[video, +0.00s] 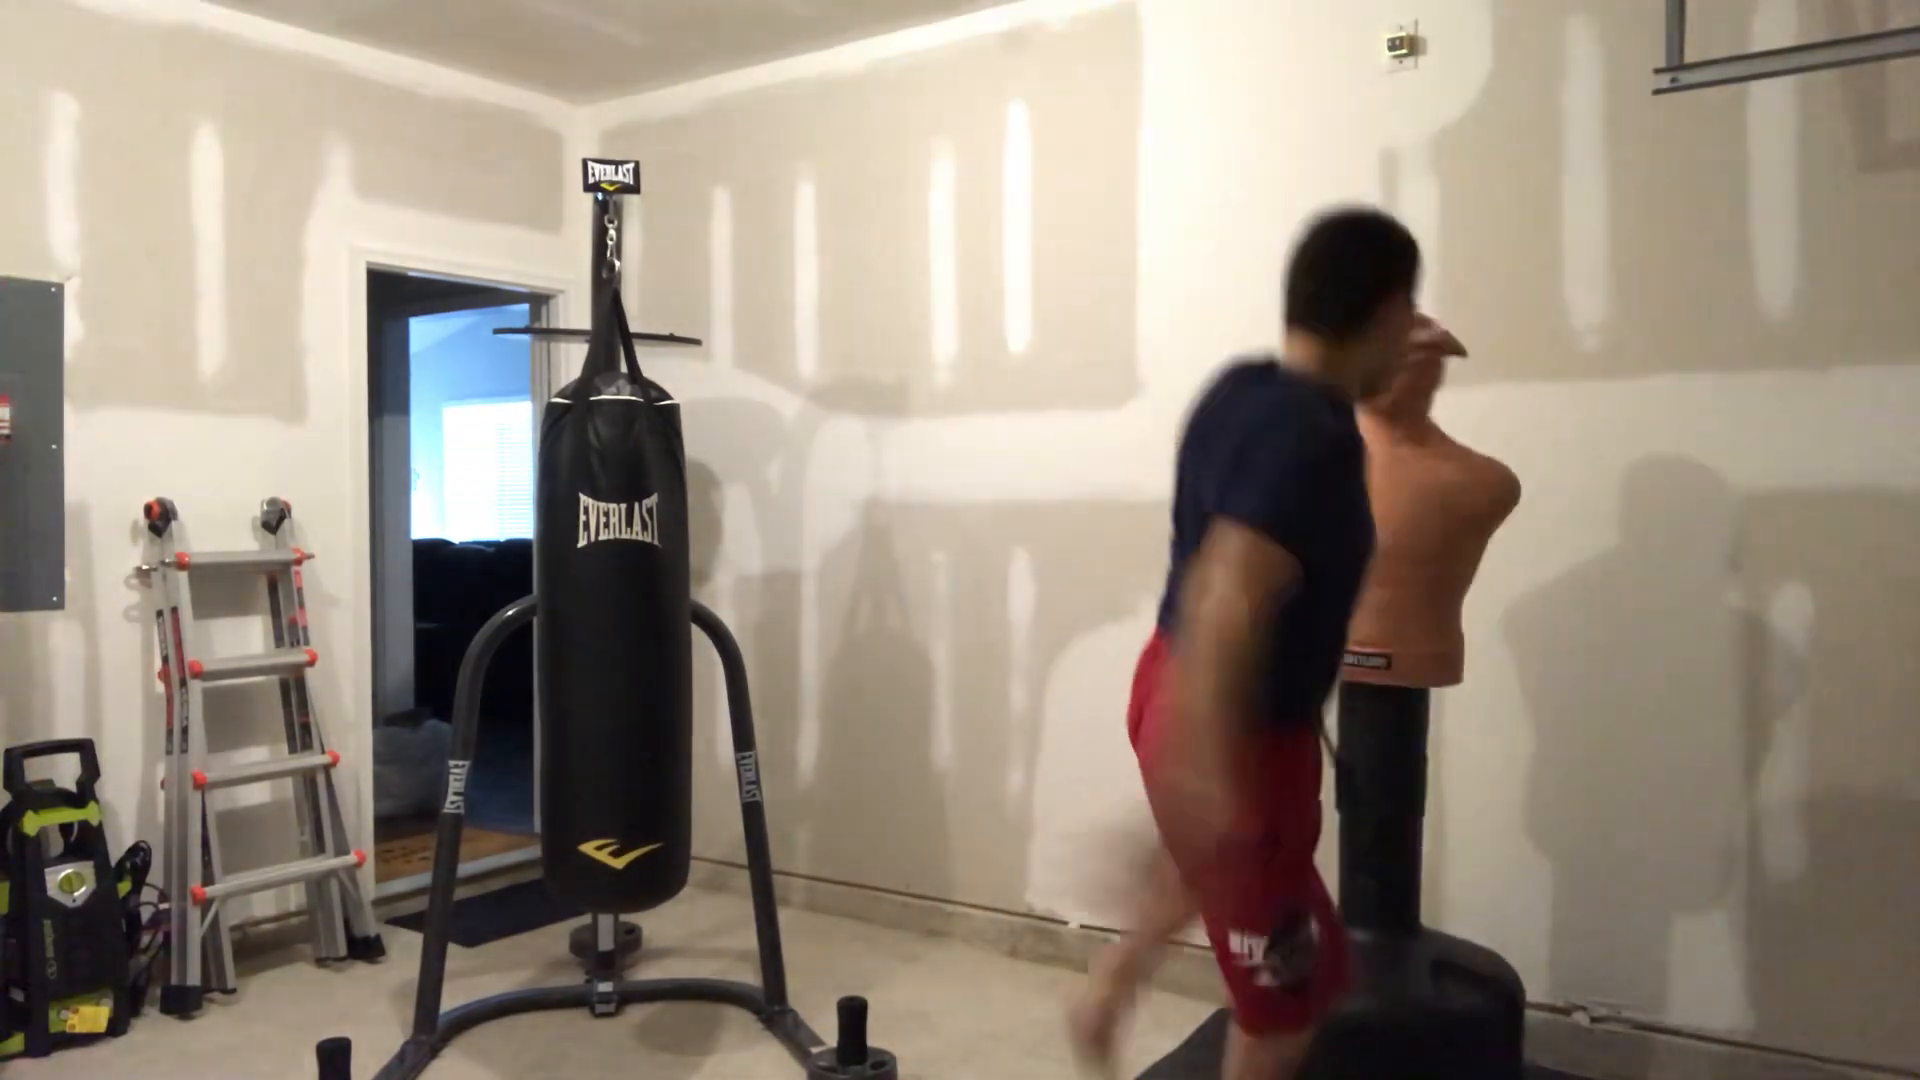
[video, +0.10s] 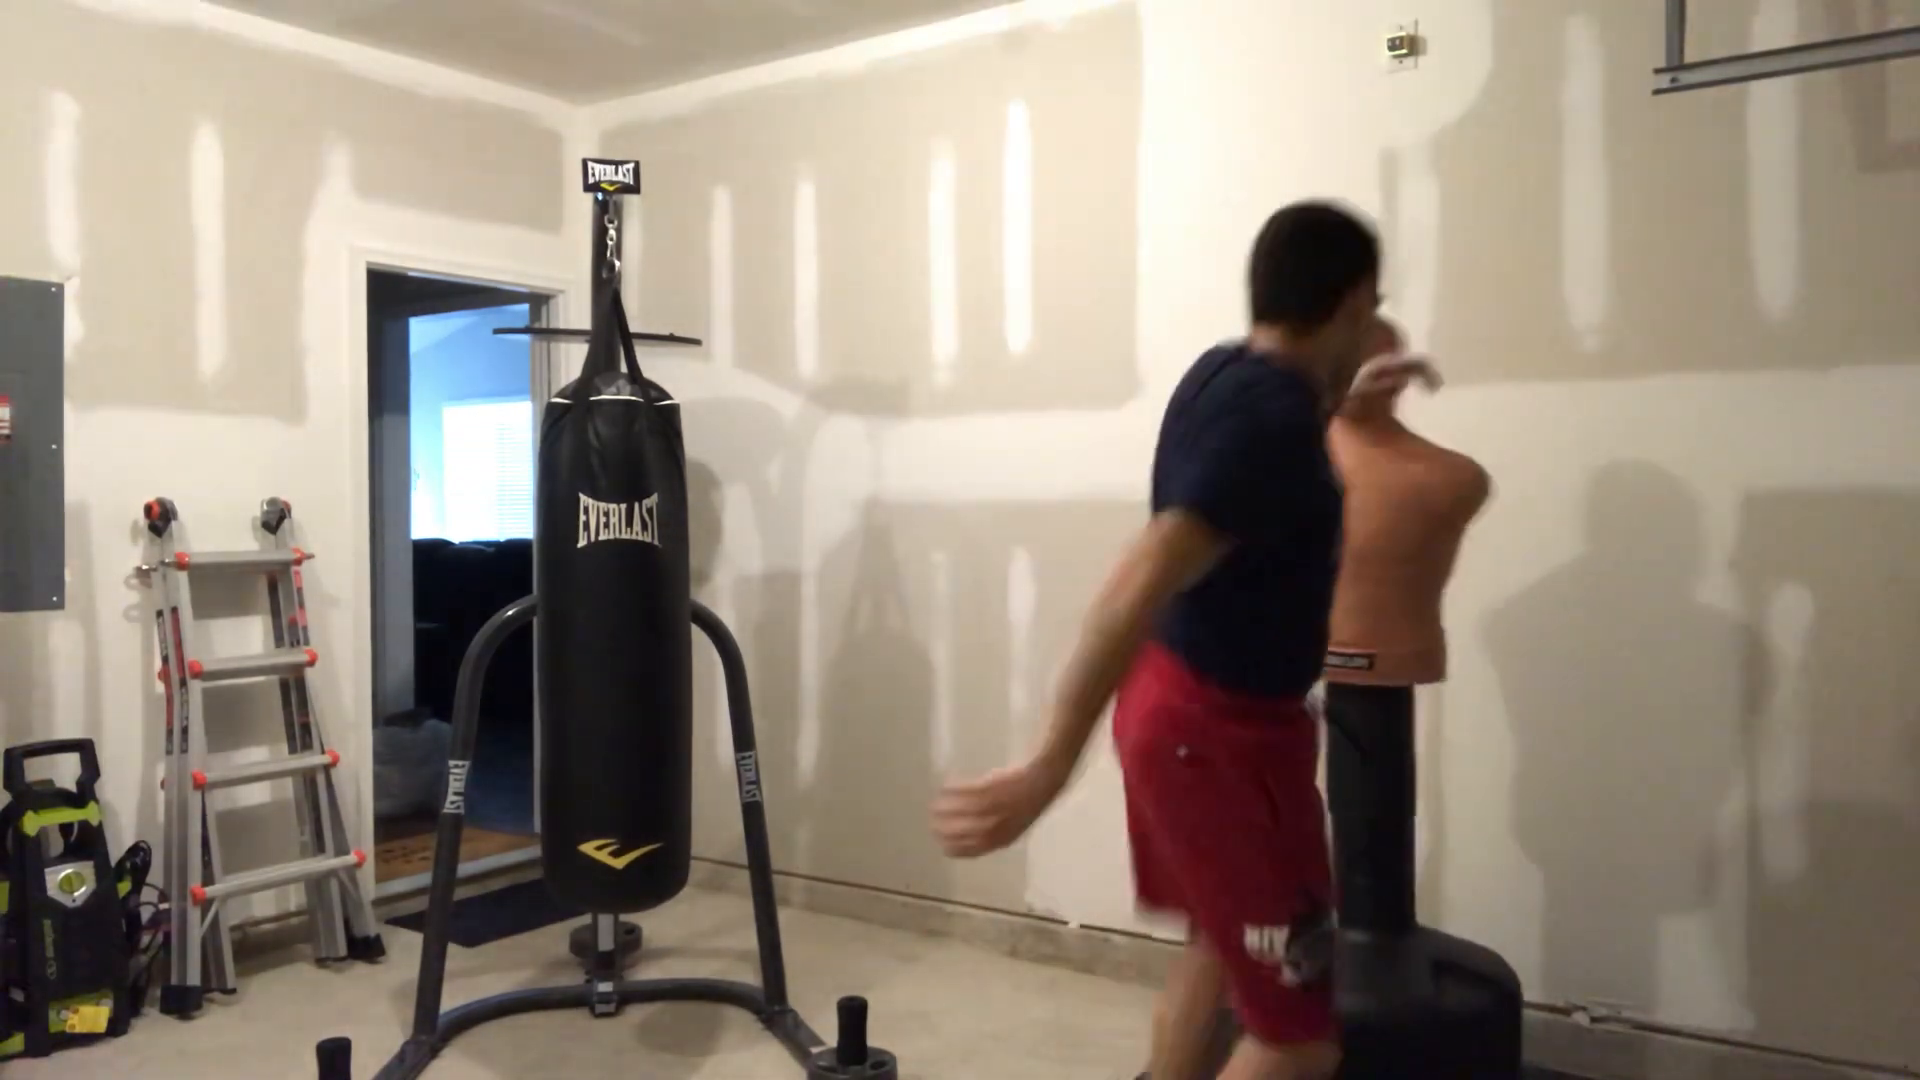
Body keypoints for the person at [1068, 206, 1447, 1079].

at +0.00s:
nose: (1410, 330)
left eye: (1411, 311)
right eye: (1405, 310)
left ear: (1300, 299)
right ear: (1378, 315)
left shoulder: (1239, 390)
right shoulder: (1307, 426)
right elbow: (1224, 602)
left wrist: (1374, 374)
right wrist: (1202, 769)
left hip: (1181, 687)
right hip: (1247, 724)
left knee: (1203, 854)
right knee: (1282, 1007)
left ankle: (1106, 990)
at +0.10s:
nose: (1374, 326)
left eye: (1376, 306)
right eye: (1371, 305)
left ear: (1271, 293)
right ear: (1342, 305)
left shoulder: (1222, 374)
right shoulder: (1273, 408)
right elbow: (1144, 578)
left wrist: (1344, 396)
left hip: (1177, 711)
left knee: (1221, 947)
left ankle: (1169, 1071)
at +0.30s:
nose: (1319, 427)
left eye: (1319, 408)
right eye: (1317, 405)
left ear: (1214, 400)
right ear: (1297, 407)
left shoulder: (1231, 517)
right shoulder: (1191, 517)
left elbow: (1242, 640)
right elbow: (1069, 705)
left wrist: (1324, 544)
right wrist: (1056, 920)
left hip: (1207, 846)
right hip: (1160, 852)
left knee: (1261, 1055)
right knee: (1200, 1062)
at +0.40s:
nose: (1302, 427)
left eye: (1301, 404)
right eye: (1302, 402)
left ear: (1192, 396)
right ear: (1282, 401)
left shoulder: (1172, 501)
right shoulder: (1194, 521)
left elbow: (1190, 651)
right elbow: (1097, 723)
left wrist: (1294, 587)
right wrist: (1123, 933)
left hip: (1166, 847)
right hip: (1144, 857)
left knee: (1260, 1039)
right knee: (1163, 1062)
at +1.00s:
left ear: (952, 415)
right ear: (1052, 398)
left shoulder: (935, 547)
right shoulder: (1129, 451)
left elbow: (907, 696)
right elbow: (1277, 426)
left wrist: (939, 585)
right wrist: (1332, 382)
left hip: (1177, 793)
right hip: (1283, 690)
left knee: (1160, 1029)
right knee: (1382, 656)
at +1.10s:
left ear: (940, 446)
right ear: (1040, 426)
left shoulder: (921, 580)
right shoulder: (1116, 484)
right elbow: (1312, 491)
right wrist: (1458, 482)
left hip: (1225, 767)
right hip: (1274, 644)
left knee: (1229, 1004)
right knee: (1309, 513)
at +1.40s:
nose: (924, 499)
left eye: (924, 485)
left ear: (937, 501)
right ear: (1029, 461)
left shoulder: (997, 651)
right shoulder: (1111, 505)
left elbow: (969, 838)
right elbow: (1228, 481)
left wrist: (955, 726)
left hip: (1225, 798)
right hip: (1265, 685)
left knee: (1194, 1036)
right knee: (1260, 658)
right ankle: (1405, 736)